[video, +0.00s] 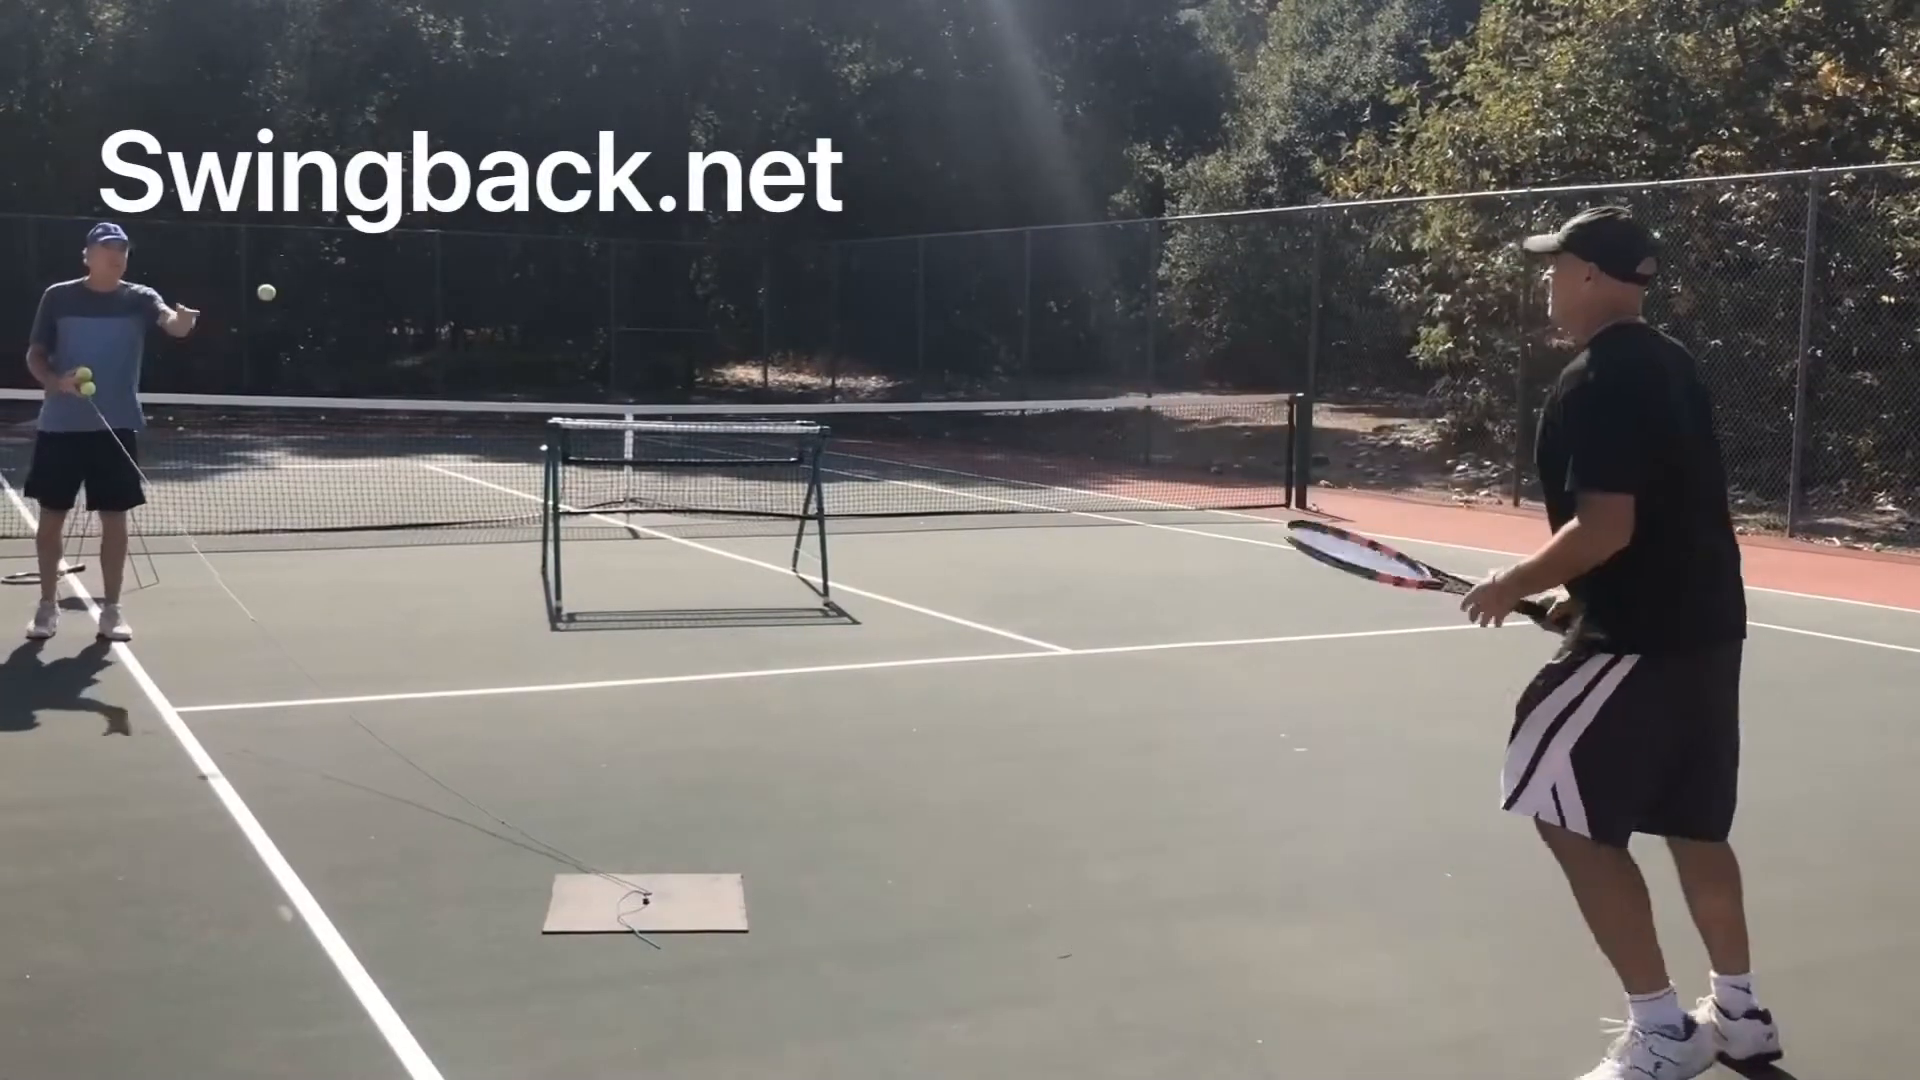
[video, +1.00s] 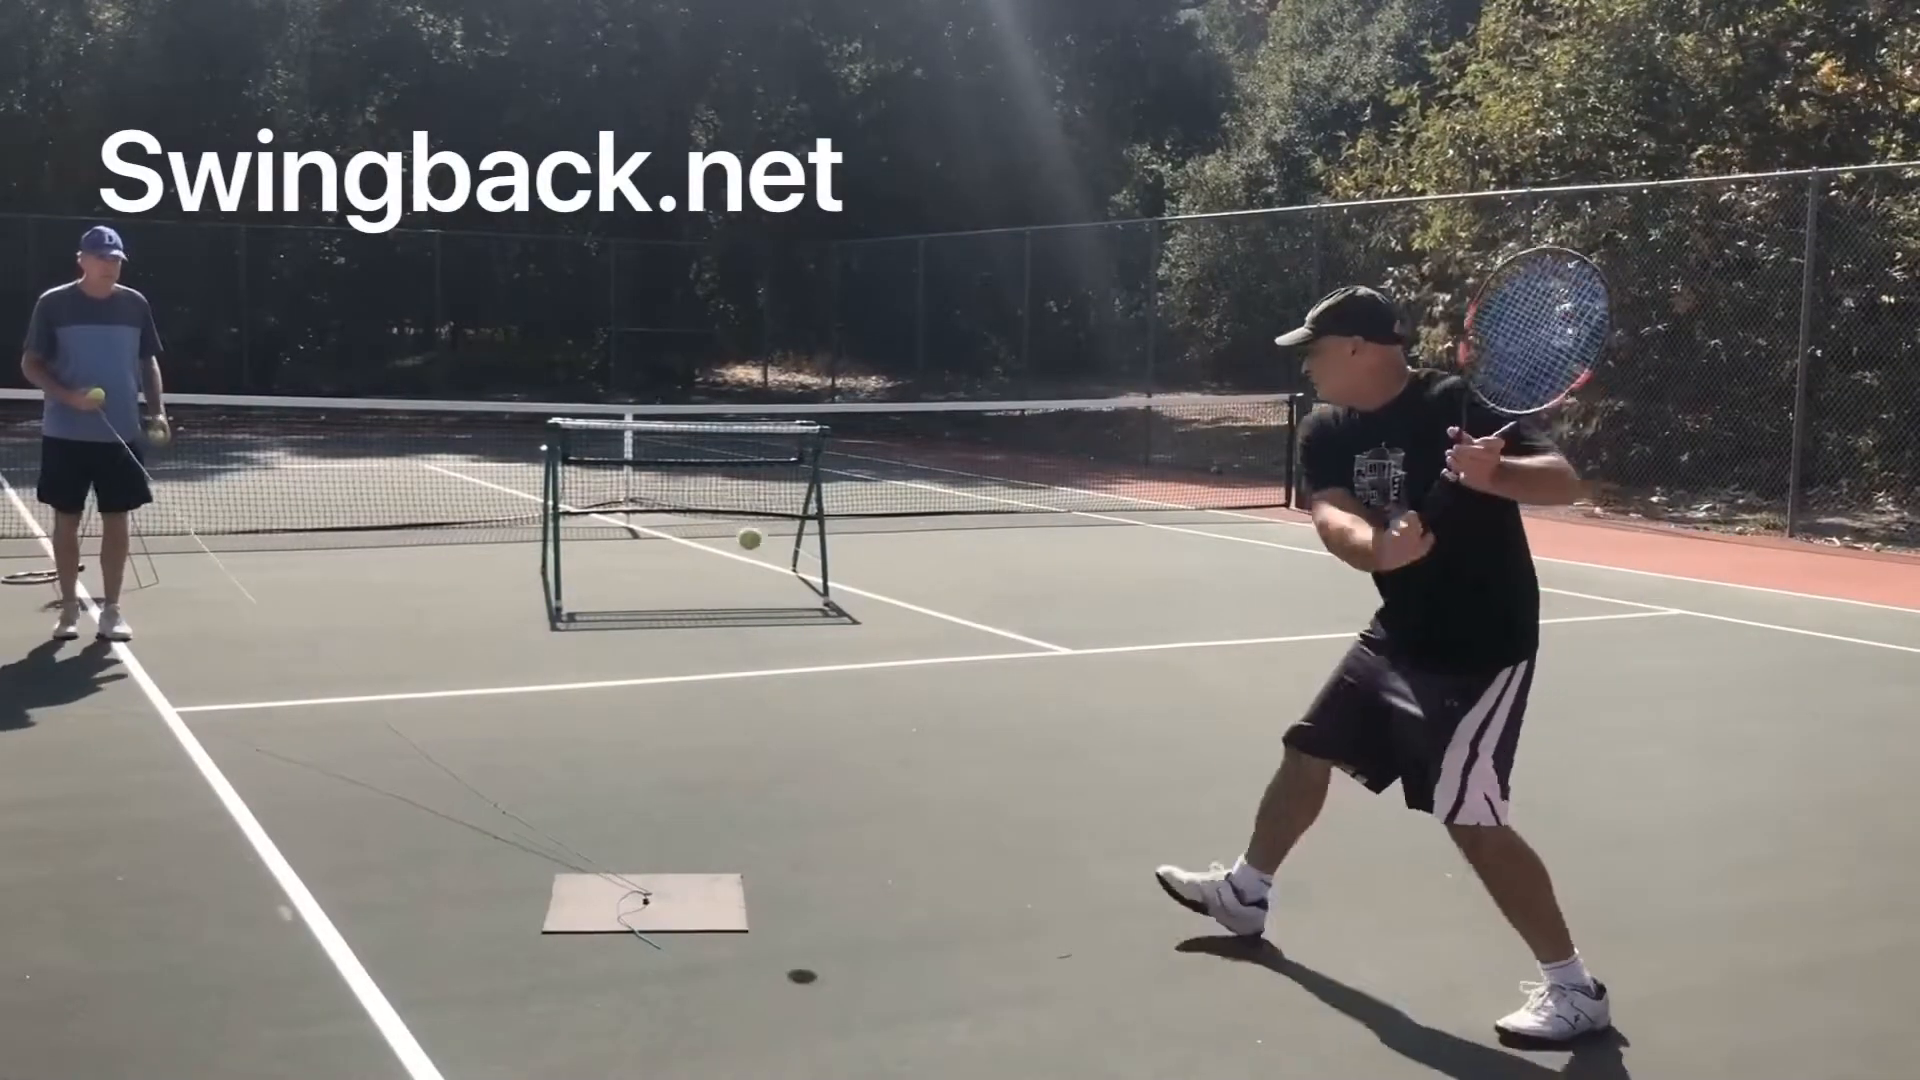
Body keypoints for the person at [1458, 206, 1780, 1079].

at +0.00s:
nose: (1549, 287)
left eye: (1561, 272)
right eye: (1553, 271)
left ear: (1604, 282)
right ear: (1621, 284)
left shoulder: (1602, 377)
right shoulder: (1670, 364)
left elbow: (1606, 526)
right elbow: (1677, 518)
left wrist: (1511, 583)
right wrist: (1582, 592)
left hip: (1639, 641)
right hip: (1708, 635)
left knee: (1563, 808)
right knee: (1692, 818)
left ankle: (1662, 1029)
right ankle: (1740, 1011)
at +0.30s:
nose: (1521, 316)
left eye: (1532, 303)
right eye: (1526, 302)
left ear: (1572, 314)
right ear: (1584, 315)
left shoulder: (1614, 403)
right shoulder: (1597, 397)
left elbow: (1633, 561)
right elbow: (1605, 552)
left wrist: (1508, 594)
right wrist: (1520, 608)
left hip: (1680, 664)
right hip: (1631, 653)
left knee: (1647, 836)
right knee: (1561, 781)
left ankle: (1740, 1059)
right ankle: (1614, 967)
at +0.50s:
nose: (1464, 327)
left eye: (1477, 313)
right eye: (1468, 314)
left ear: (1523, 323)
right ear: (1521, 326)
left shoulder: (1591, 409)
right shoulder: (1510, 411)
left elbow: (1651, 540)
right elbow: (1484, 525)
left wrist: (1531, 572)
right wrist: (1463, 591)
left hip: (1639, 655)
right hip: (1568, 644)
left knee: (1631, 831)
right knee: (1520, 793)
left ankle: (1725, 1048)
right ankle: (1556, 962)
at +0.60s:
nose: (1438, 324)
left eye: (1450, 309)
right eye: (1440, 310)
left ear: (1500, 317)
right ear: (1486, 320)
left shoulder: (1579, 399)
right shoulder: (1464, 406)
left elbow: (1646, 517)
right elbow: (1441, 516)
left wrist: (1539, 548)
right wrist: (1440, 567)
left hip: (1615, 634)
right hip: (1537, 633)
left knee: (1569, 804)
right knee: (1511, 796)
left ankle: (1665, 1011)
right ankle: (1554, 963)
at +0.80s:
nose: (1387, 334)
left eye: (1398, 319)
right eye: (1388, 320)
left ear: (1448, 323)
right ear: (1434, 326)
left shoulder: (1536, 389)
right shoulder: (1408, 409)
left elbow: (1630, 491)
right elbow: (1389, 506)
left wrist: (1536, 487)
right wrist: (1407, 542)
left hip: (1565, 631)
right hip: (1478, 621)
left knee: (1527, 796)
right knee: (1405, 752)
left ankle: (1579, 985)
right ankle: (1489, 913)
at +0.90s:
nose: (1353, 349)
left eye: (1364, 335)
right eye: (1355, 336)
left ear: (1410, 337)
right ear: (1399, 341)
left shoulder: (1503, 398)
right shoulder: (1372, 423)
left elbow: (1612, 480)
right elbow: (1360, 519)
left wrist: (1523, 466)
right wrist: (1395, 539)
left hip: (1532, 638)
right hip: (1444, 623)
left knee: (1501, 804)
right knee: (1354, 743)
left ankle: (1575, 988)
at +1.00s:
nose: (1309, 365)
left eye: (1319, 352)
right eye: (1310, 353)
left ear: (1367, 352)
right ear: (1351, 356)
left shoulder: (1456, 403)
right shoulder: (1326, 436)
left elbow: (1565, 480)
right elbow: (1334, 521)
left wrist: (1498, 474)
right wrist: (1379, 550)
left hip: (1488, 646)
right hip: (1402, 634)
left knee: (1470, 813)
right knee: (1310, 748)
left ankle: (1574, 987)